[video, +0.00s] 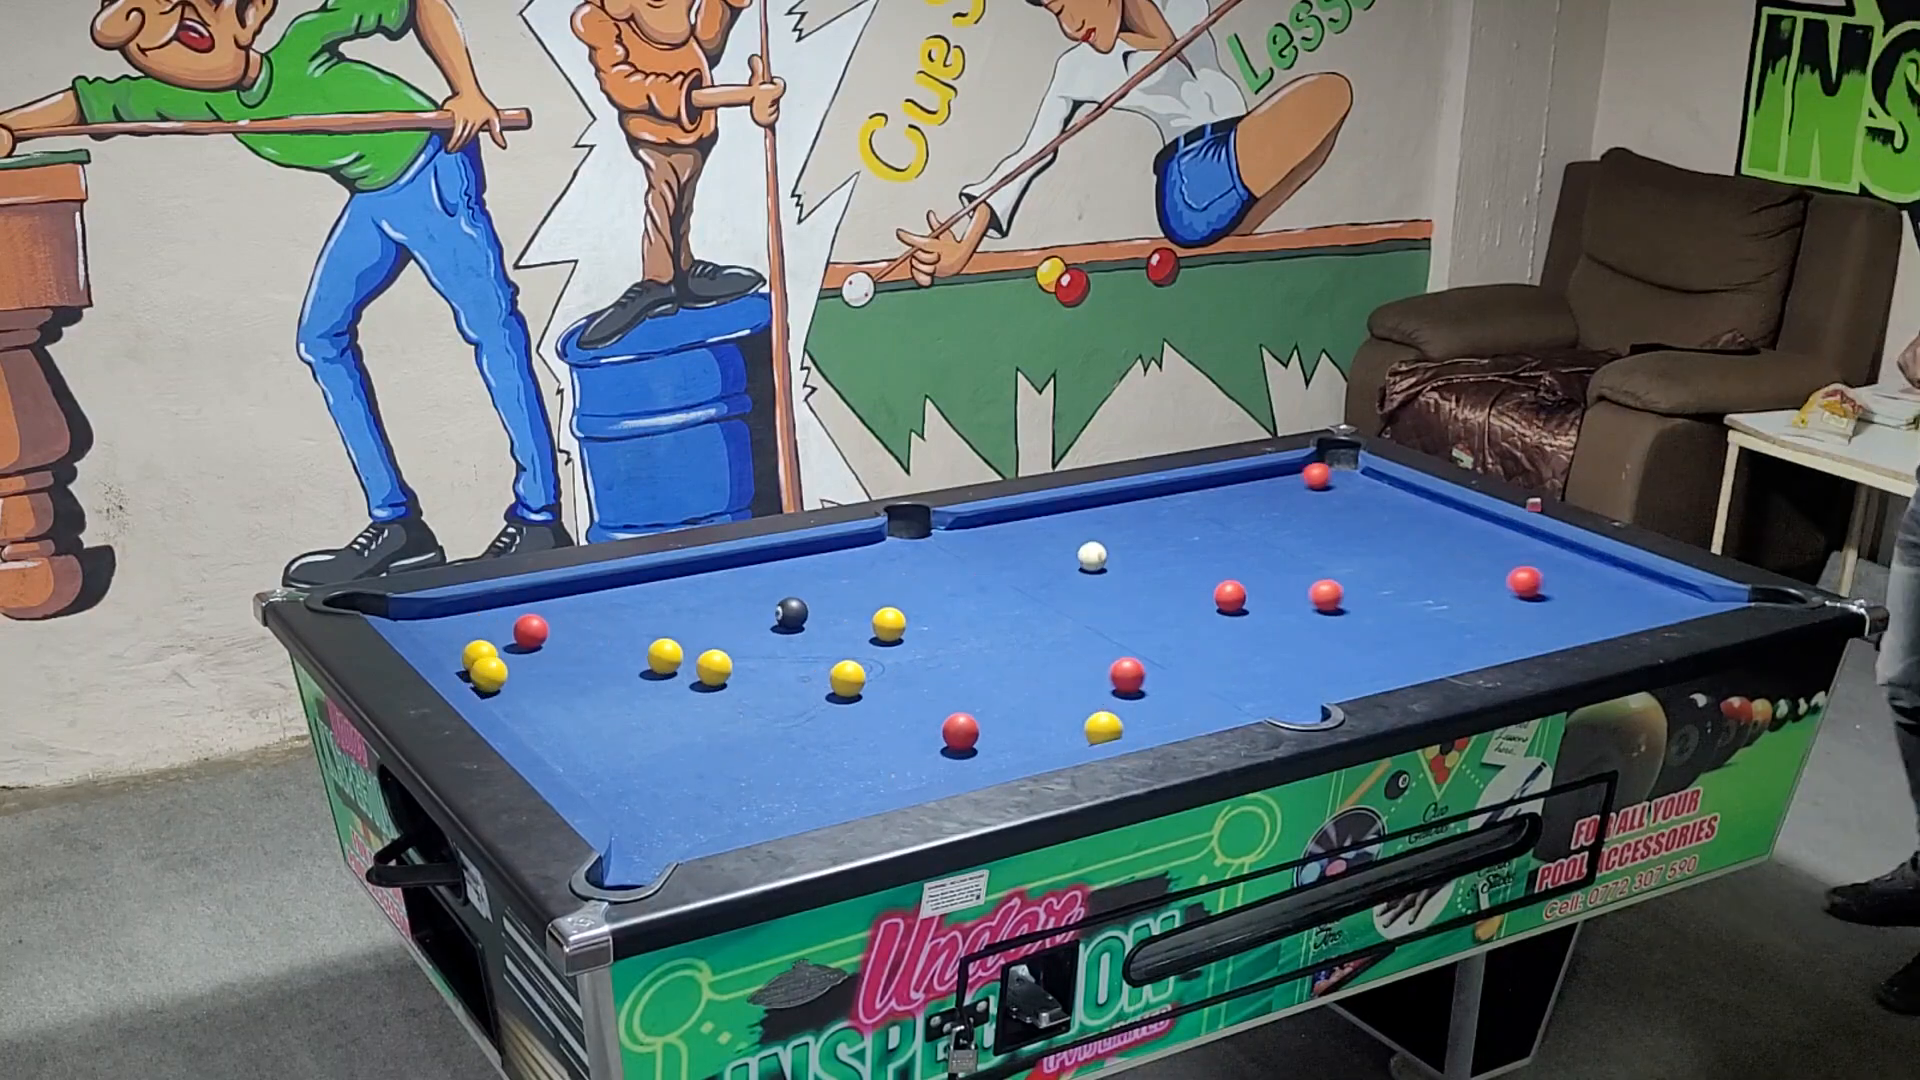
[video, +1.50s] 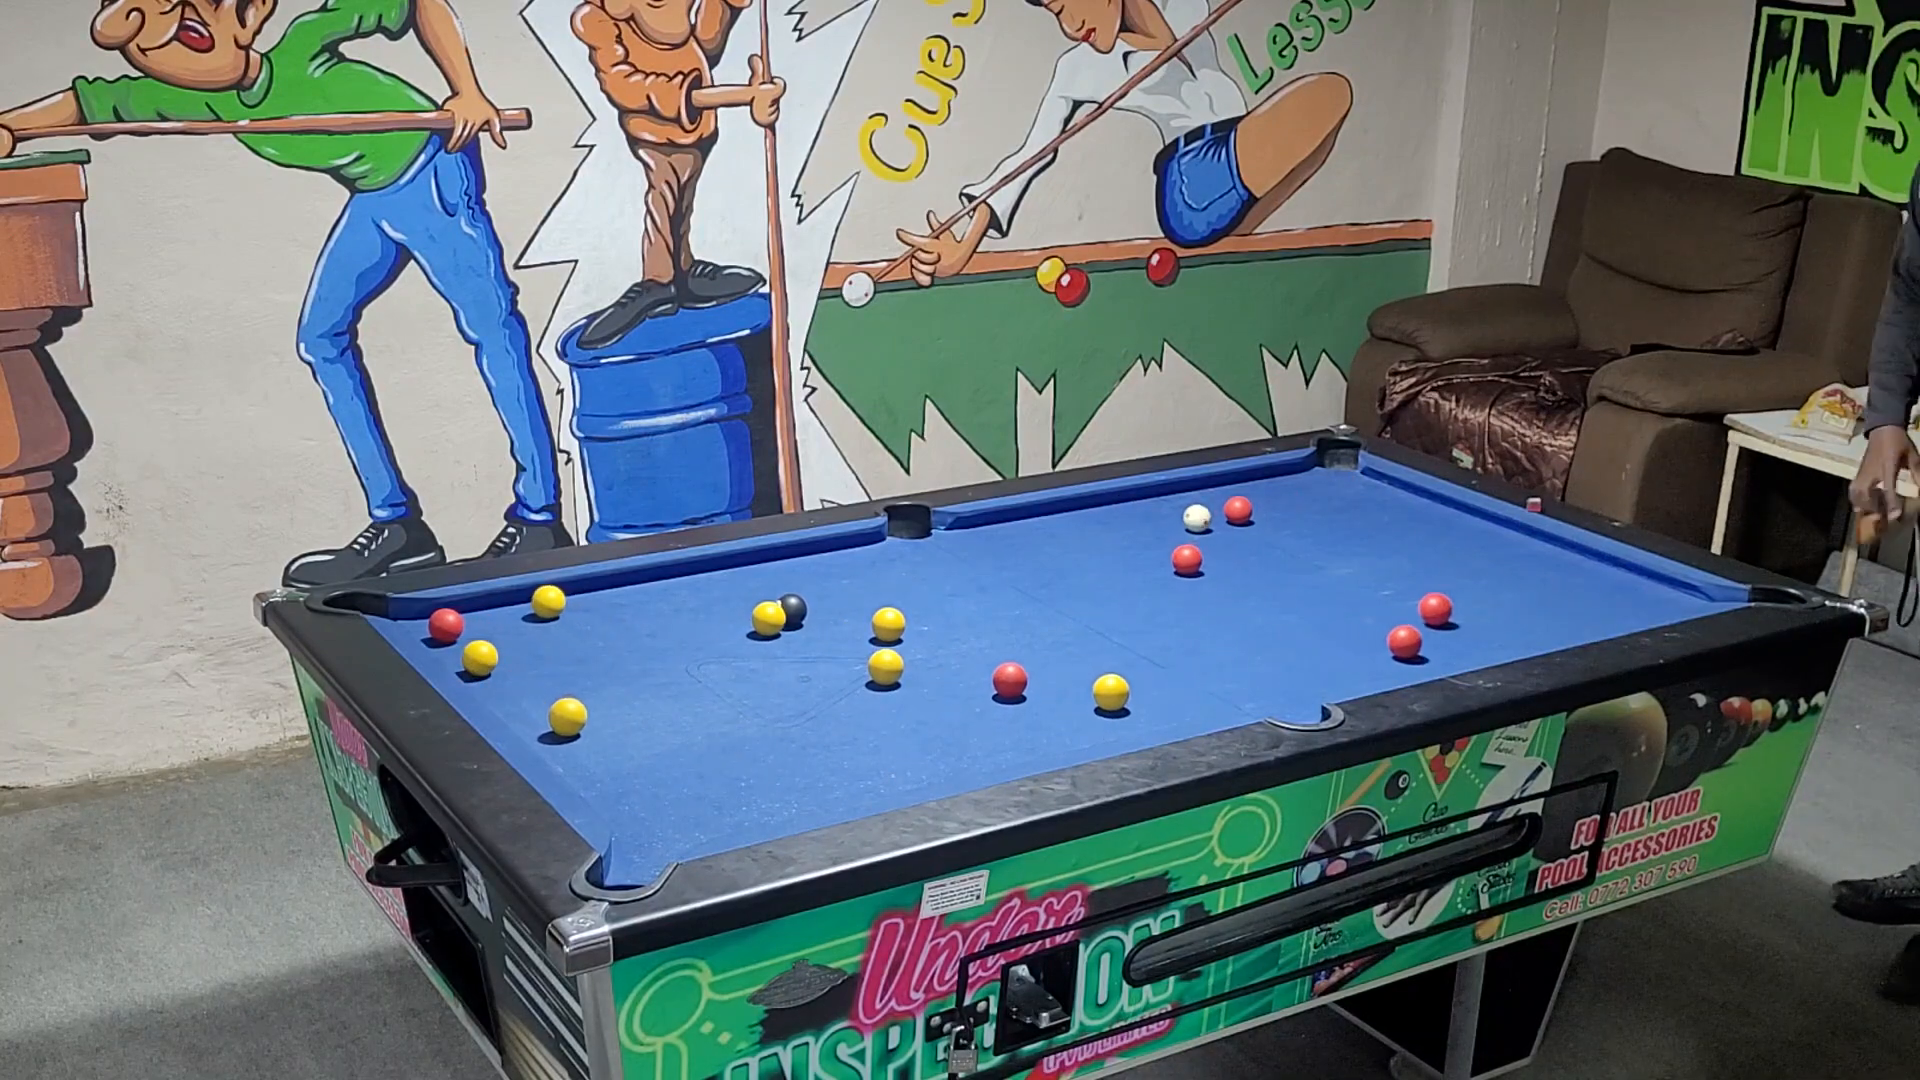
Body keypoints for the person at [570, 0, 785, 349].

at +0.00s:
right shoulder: (596, 19)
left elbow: (707, 47)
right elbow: (626, 88)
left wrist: (730, 6)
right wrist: (747, 94)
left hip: (695, 88)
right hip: (644, 104)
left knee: (688, 174)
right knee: (666, 173)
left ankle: (682, 268)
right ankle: (657, 281)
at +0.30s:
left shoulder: (696, 6)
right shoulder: (596, 19)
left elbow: (707, 48)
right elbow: (625, 88)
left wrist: (729, 7)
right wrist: (747, 94)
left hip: (694, 88)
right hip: (644, 104)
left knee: (688, 174)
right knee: (666, 173)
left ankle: (682, 267)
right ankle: (657, 281)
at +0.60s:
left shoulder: (696, 6)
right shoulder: (596, 19)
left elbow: (707, 47)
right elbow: (625, 88)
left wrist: (730, 6)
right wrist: (746, 95)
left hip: (694, 87)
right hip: (644, 103)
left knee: (688, 174)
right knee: (665, 173)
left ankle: (682, 267)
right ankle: (657, 280)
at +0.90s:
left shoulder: (697, 6)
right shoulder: (596, 19)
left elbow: (707, 47)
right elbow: (625, 88)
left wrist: (730, 6)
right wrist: (746, 95)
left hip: (694, 87)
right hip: (644, 103)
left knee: (688, 174)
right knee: (665, 173)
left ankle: (682, 268)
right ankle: (657, 280)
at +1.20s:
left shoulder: (696, 6)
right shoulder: (596, 19)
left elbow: (707, 47)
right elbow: (625, 88)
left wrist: (730, 6)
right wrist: (746, 95)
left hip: (694, 88)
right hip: (644, 103)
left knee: (687, 175)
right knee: (665, 175)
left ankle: (682, 268)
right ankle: (657, 281)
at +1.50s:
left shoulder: (697, 6)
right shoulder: (596, 18)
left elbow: (707, 47)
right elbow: (625, 87)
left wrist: (730, 6)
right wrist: (746, 95)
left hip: (695, 87)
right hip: (644, 103)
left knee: (687, 175)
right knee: (665, 175)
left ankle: (682, 268)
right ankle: (657, 281)